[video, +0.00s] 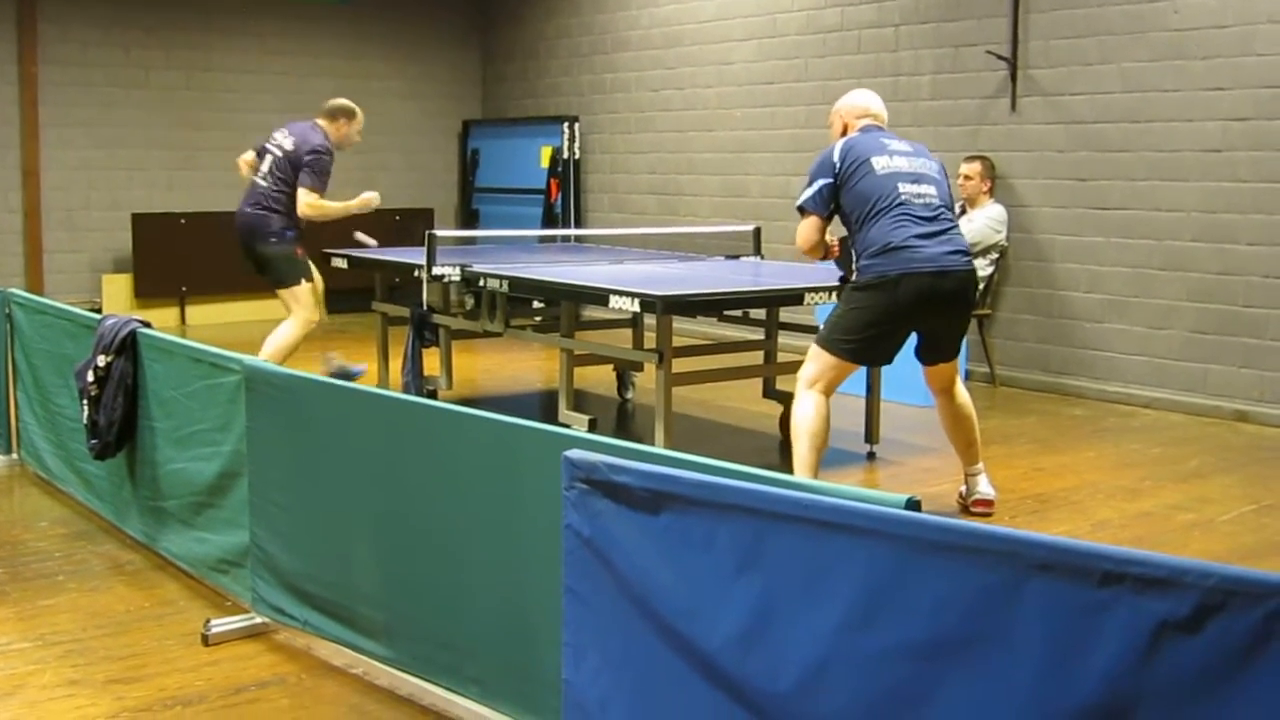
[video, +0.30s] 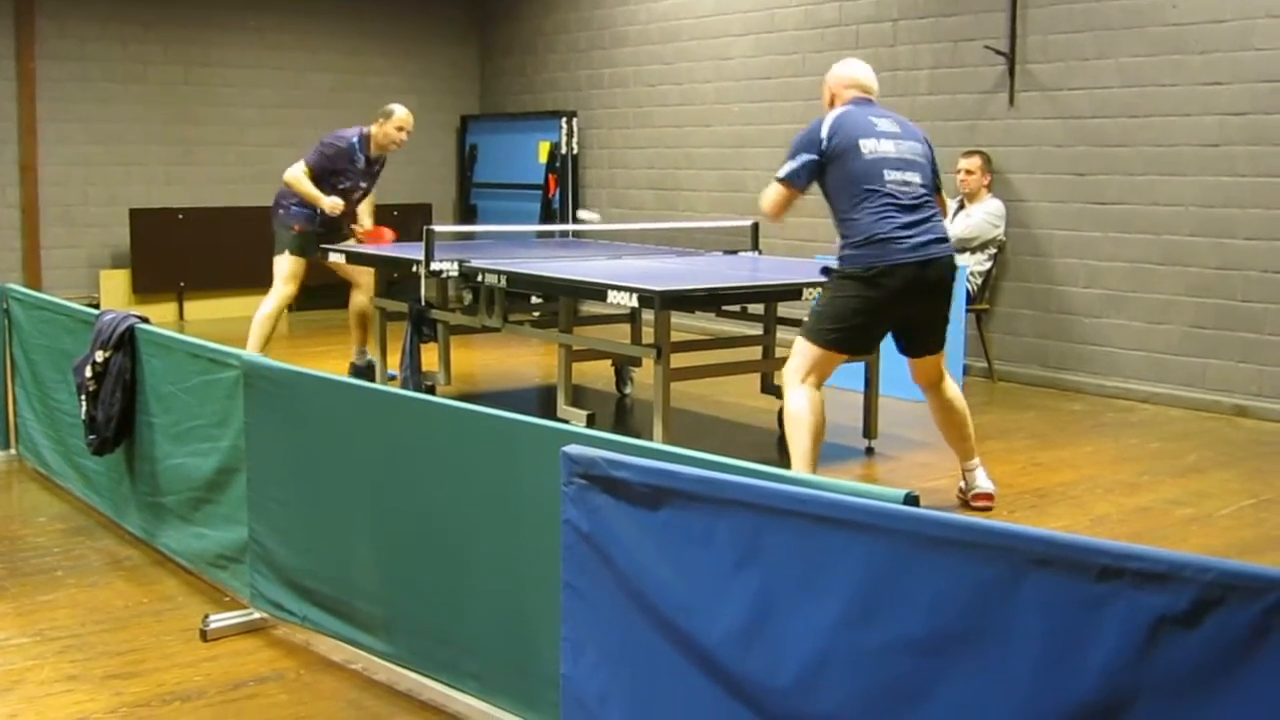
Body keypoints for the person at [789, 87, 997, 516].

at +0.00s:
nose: (833, 135)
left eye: (833, 128)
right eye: (833, 129)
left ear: (845, 123)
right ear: (882, 121)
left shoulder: (837, 154)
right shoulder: (925, 154)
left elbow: (807, 240)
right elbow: (941, 218)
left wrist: (827, 248)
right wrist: (861, 242)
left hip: (890, 275)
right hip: (955, 275)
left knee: (813, 384)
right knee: (947, 383)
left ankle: (802, 494)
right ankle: (978, 483)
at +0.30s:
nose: (824, 104)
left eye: (824, 98)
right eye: (825, 98)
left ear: (833, 94)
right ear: (872, 95)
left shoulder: (825, 129)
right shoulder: (914, 132)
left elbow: (772, 207)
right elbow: (939, 209)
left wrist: (790, 175)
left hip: (872, 266)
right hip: (935, 263)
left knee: (801, 375)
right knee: (934, 376)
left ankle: (801, 490)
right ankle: (975, 477)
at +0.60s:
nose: (788, 89)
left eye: (788, 84)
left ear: (793, 82)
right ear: (841, 83)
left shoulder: (786, 110)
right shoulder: (871, 124)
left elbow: (718, 162)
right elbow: (895, 202)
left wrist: (706, 158)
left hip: (828, 253)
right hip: (887, 256)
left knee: (769, 375)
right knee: (848, 357)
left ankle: (793, 485)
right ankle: (848, 449)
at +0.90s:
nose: (771, 114)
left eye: (772, 107)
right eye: (773, 109)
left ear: (778, 105)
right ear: (818, 111)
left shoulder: (783, 117)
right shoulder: (836, 141)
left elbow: (766, 147)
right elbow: (836, 200)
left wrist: (743, 199)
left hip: (821, 255)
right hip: (872, 258)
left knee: (752, 370)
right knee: (805, 352)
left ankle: (781, 478)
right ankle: (819, 447)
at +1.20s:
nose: (759, 98)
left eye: (759, 93)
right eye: (760, 94)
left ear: (765, 91)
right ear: (809, 90)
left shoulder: (763, 125)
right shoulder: (849, 132)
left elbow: (700, 171)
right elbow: (891, 208)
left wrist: (680, 226)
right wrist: (867, 238)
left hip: (817, 264)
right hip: (876, 263)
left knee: (753, 383)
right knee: (839, 362)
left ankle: (766, 485)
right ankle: (834, 446)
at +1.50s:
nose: (806, 66)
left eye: (807, 60)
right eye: (810, 60)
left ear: (814, 58)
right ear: (860, 62)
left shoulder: (808, 99)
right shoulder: (895, 109)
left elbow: (745, 173)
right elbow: (918, 191)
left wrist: (734, 189)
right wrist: (875, 209)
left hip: (845, 253)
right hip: (907, 253)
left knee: (788, 375)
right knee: (917, 377)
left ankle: (787, 491)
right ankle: (966, 479)